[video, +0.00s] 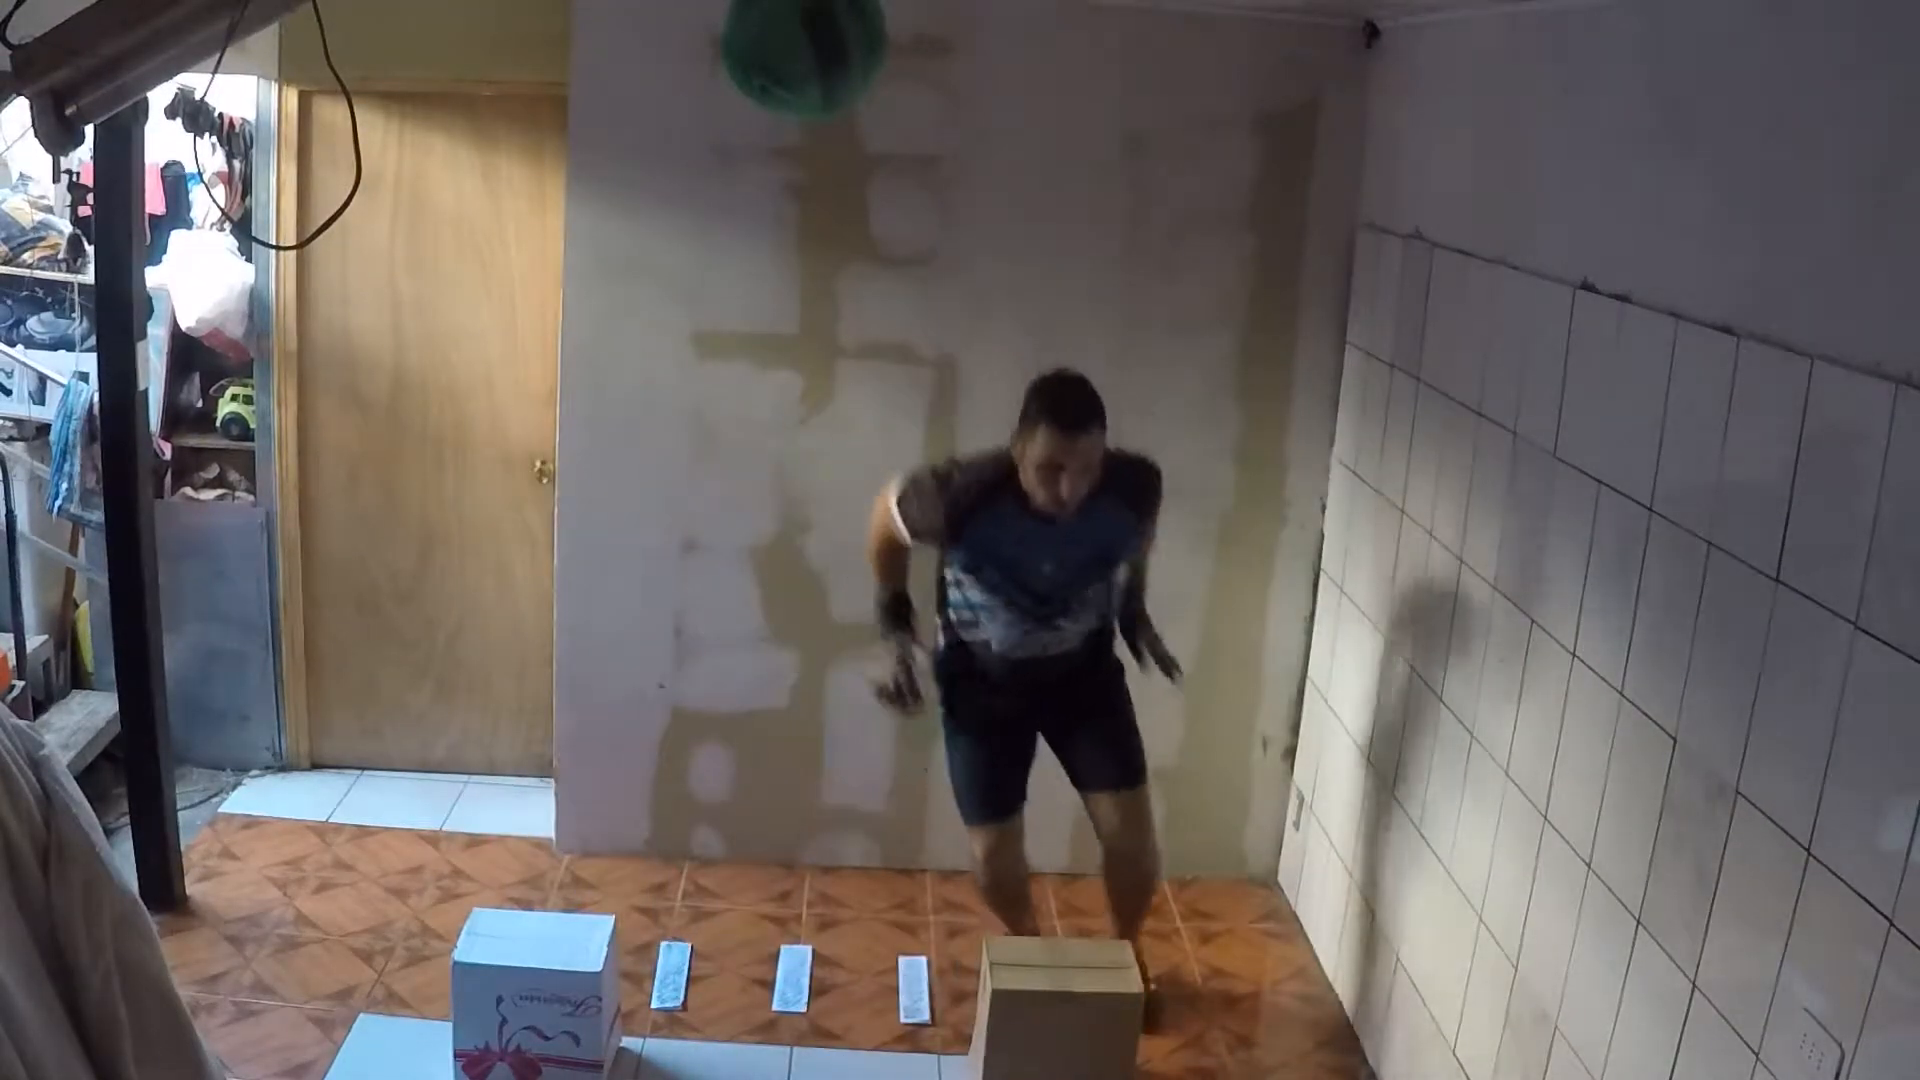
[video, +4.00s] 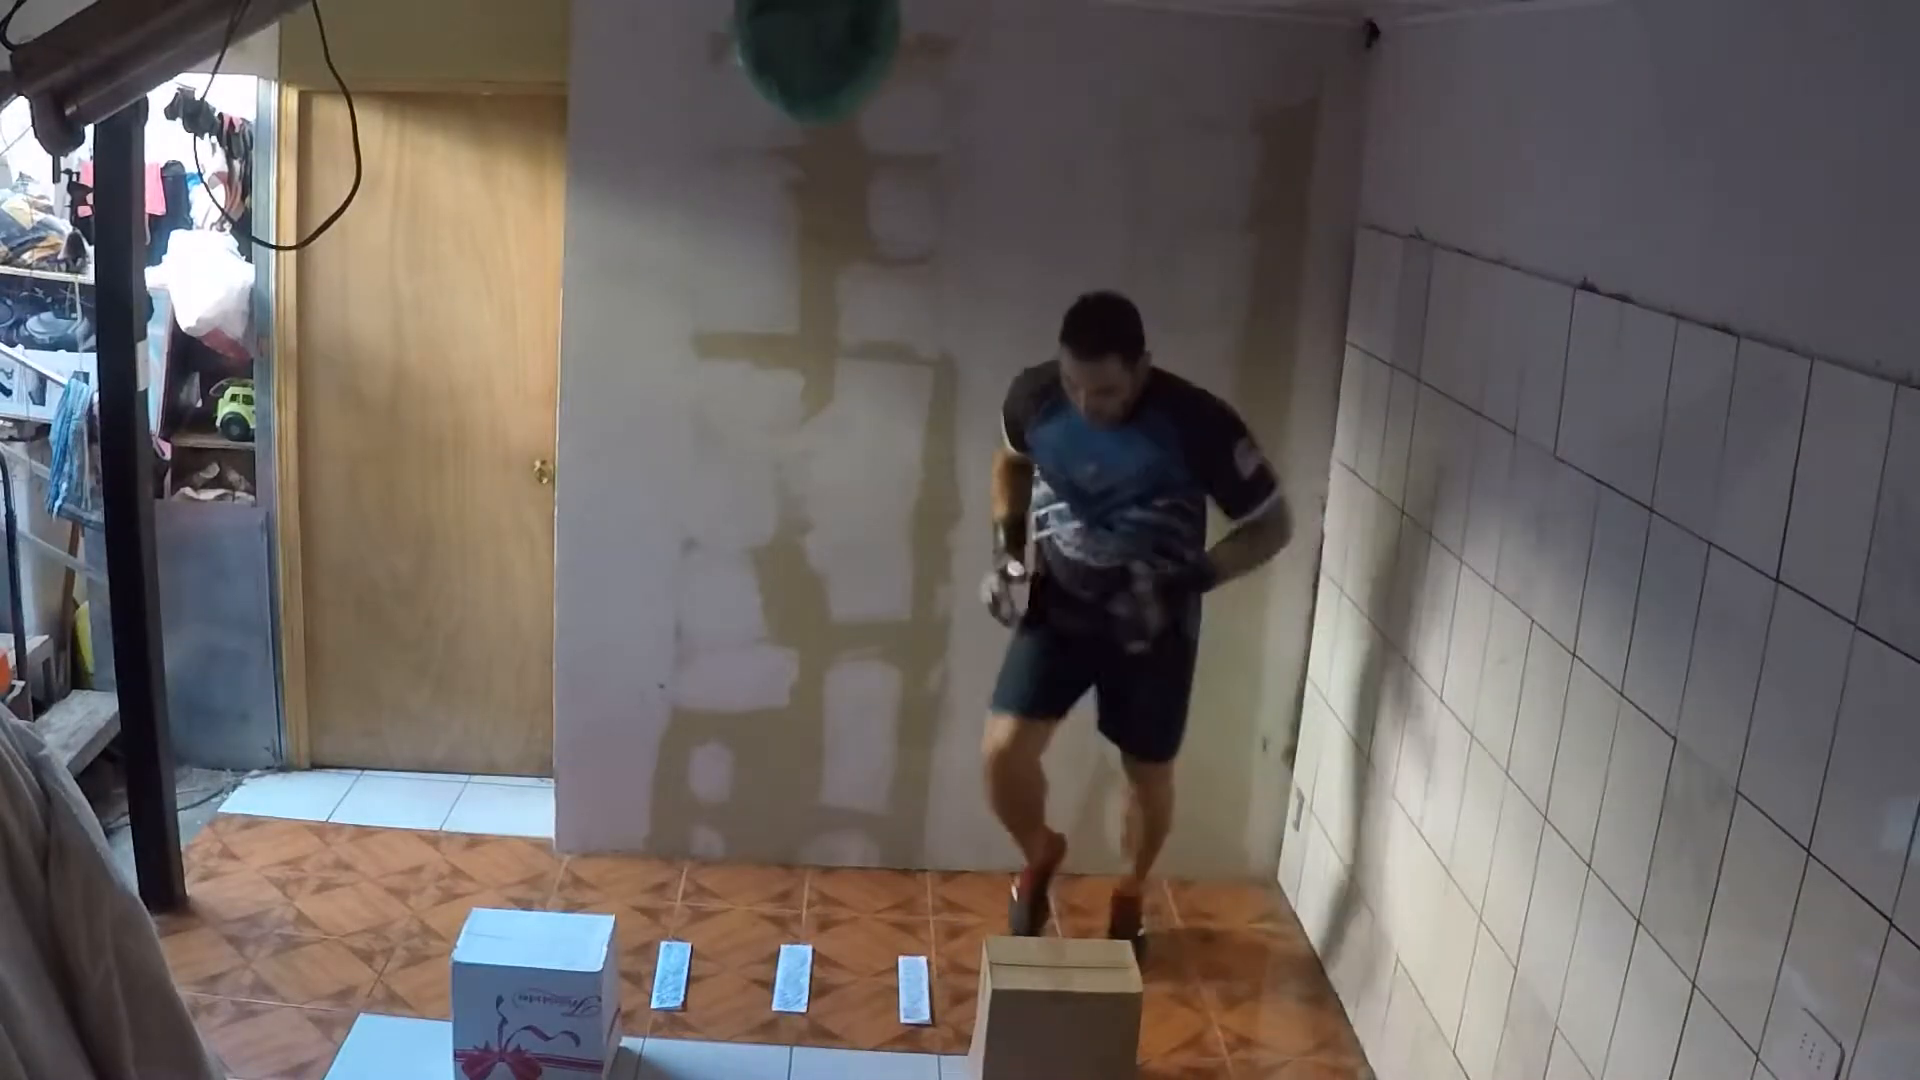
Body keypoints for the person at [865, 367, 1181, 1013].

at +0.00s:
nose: (1067, 487)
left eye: (1083, 470)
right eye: (1051, 470)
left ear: (1102, 452)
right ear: (1019, 451)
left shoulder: (1133, 488)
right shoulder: (963, 492)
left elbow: (1138, 542)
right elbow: (887, 523)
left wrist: (1134, 607)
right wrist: (898, 631)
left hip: (1082, 667)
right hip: (982, 673)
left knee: (1131, 838)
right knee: (995, 856)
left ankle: (1126, 954)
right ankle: (1031, 956)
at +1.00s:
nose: (1005, 402)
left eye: (1036, 384)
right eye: (998, 381)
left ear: (1092, 407)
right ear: (985, 391)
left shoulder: (1155, 532)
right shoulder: (956, 520)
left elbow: (1257, 646)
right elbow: (962, 621)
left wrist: (1177, 778)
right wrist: (915, 713)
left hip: (1104, 828)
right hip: (980, 820)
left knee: (1133, 1059)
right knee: (906, 1045)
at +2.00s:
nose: (770, 562)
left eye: (789, 536)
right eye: (770, 536)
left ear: (866, 525)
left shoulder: (996, 649)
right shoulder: (822, 636)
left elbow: (1081, 842)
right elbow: (855, 800)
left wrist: (950, 885)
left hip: (963, 970)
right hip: (841, 944)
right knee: (746, 1072)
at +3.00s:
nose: (1179, 494)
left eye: (1187, 475)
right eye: (1172, 477)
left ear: (1243, 454)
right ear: (1234, 454)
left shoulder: (1361, 529)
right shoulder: (1203, 518)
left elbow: (1431, 669)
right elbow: (1222, 594)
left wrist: (1346, 755)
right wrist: (1173, 636)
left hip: (1336, 779)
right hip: (1235, 767)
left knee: (1332, 987)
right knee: (1213, 949)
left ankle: (1355, 1072)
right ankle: (1245, 996)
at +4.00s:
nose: (1092, 405)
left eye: (1107, 393)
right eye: (1080, 389)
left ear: (1139, 368)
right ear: (1062, 364)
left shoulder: (1197, 422)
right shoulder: (1033, 400)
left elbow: (1273, 523)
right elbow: (1013, 460)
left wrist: (1192, 577)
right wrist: (1010, 552)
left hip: (1154, 608)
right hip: (1061, 597)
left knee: (1146, 777)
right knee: (1004, 751)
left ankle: (1129, 893)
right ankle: (1040, 852)